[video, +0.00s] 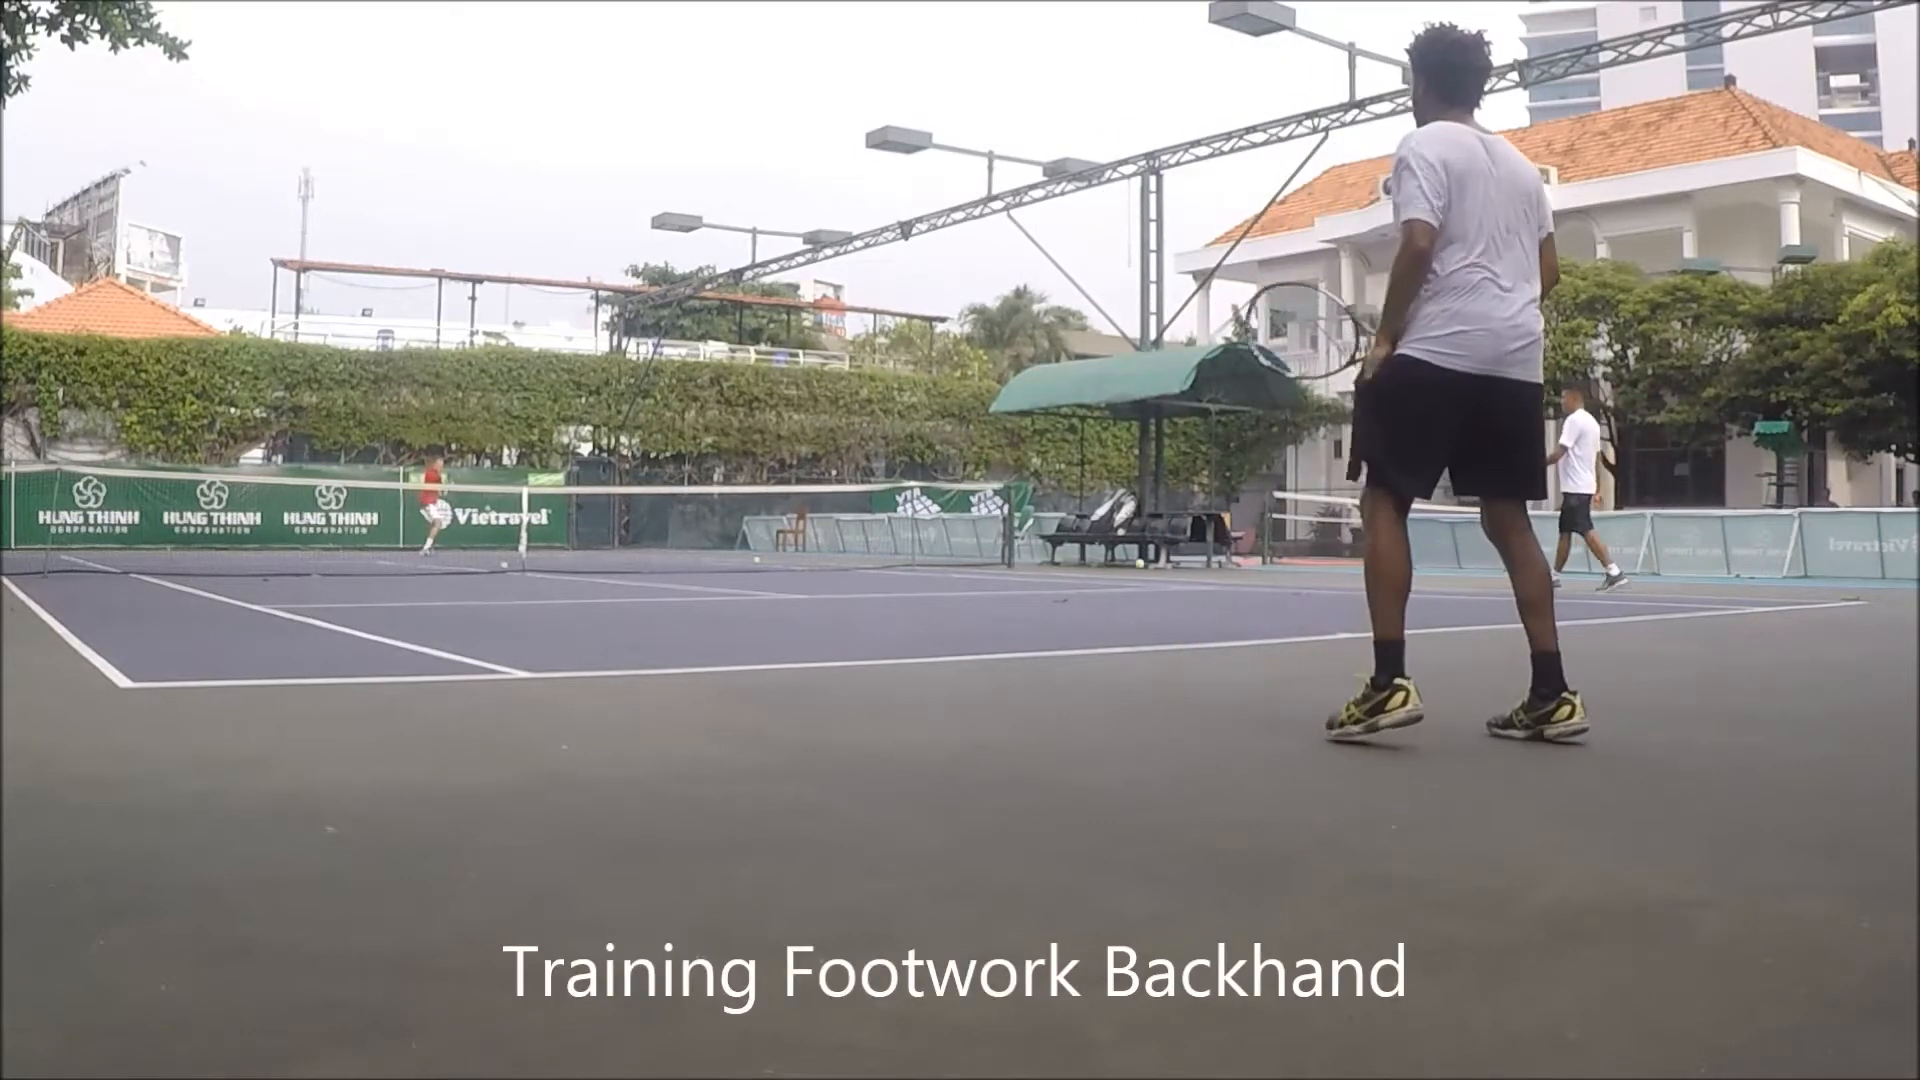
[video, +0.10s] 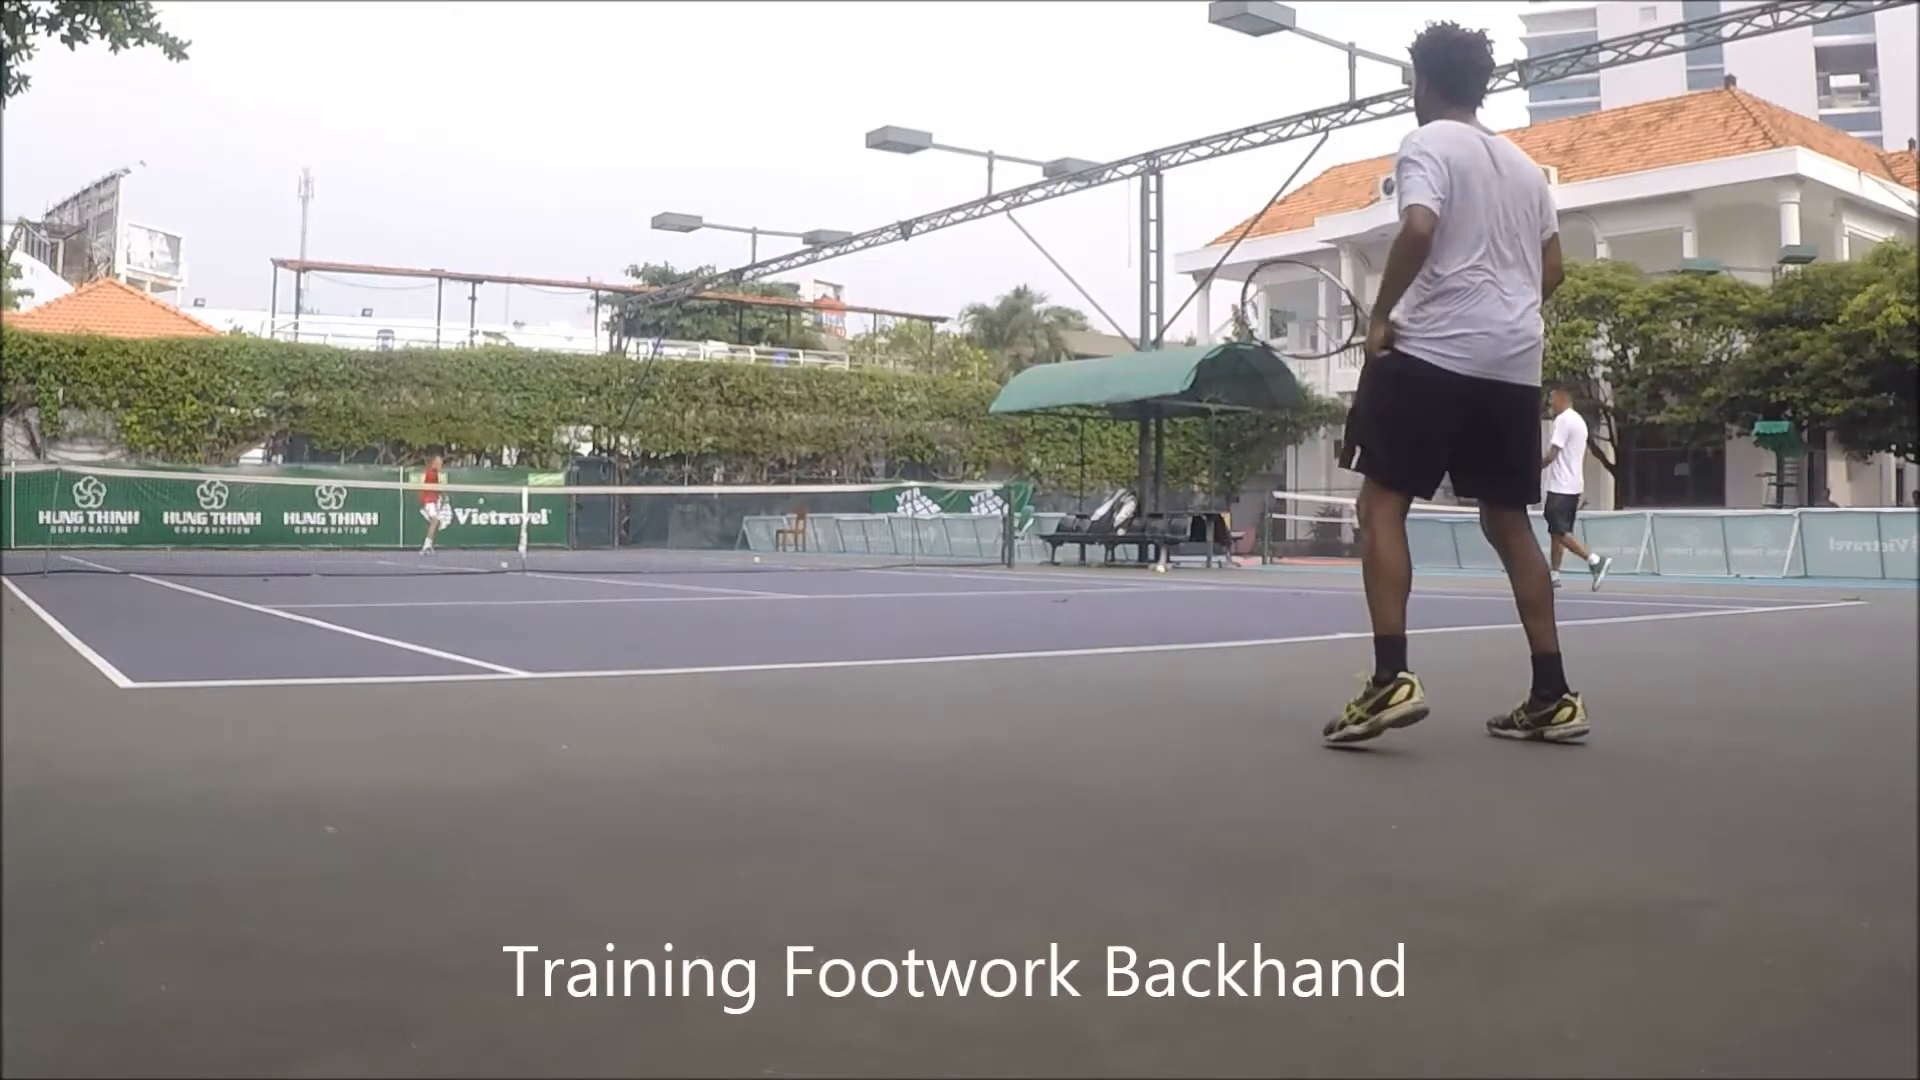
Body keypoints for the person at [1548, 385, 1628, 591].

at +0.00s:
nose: (1561, 402)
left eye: (1564, 398)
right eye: (1562, 398)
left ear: (1574, 399)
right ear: (1578, 400)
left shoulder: (1574, 420)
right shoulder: (1592, 422)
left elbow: (1559, 452)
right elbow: (1596, 460)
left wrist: (1539, 465)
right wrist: (1597, 489)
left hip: (1576, 489)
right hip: (1584, 488)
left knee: (1588, 532)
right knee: (1565, 532)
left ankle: (1613, 572)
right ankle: (1554, 575)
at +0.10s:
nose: (1551, 403)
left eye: (1553, 399)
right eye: (1552, 399)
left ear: (1561, 400)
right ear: (1568, 401)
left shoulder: (1563, 420)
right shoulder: (1578, 420)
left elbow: (1552, 453)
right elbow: (1577, 454)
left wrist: (1535, 467)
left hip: (1561, 486)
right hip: (1572, 486)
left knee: (1559, 532)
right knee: (1557, 531)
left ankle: (1594, 560)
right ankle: (1554, 574)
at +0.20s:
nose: (1538, 401)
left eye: (1540, 396)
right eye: (1538, 397)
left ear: (1550, 397)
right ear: (1555, 398)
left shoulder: (1553, 418)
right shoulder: (1566, 418)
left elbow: (1547, 451)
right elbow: (1564, 452)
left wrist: (1532, 473)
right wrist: (1546, 472)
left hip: (1548, 484)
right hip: (1563, 484)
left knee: (1533, 526)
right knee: (1551, 531)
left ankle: (1566, 556)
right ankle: (1554, 572)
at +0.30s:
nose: (1530, 404)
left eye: (1531, 399)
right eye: (1530, 399)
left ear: (1539, 399)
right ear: (1547, 399)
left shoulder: (1544, 419)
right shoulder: (1555, 418)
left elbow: (1541, 452)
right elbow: (1553, 452)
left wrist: (1532, 484)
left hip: (1540, 484)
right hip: (1555, 484)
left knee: (1521, 526)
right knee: (1551, 531)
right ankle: (1553, 572)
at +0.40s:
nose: (1515, 408)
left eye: (1516, 404)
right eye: (1515, 404)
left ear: (1525, 403)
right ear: (1533, 403)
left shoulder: (1531, 421)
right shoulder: (1543, 419)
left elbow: (1534, 454)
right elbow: (1542, 455)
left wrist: (1533, 488)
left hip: (1523, 486)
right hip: (1544, 486)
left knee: (1508, 527)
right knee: (1547, 532)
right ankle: (1552, 573)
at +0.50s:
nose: (1501, 409)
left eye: (1503, 404)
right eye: (1501, 404)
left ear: (1512, 402)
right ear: (1517, 402)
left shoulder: (1518, 424)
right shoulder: (1529, 422)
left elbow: (1524, 457)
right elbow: (1528, 458)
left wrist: (1528, 491)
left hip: (1513, 491)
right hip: (1533, 491)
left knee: (1498, 536)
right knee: (1541, 534)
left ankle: (1479, 573)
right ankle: (1551, 574)